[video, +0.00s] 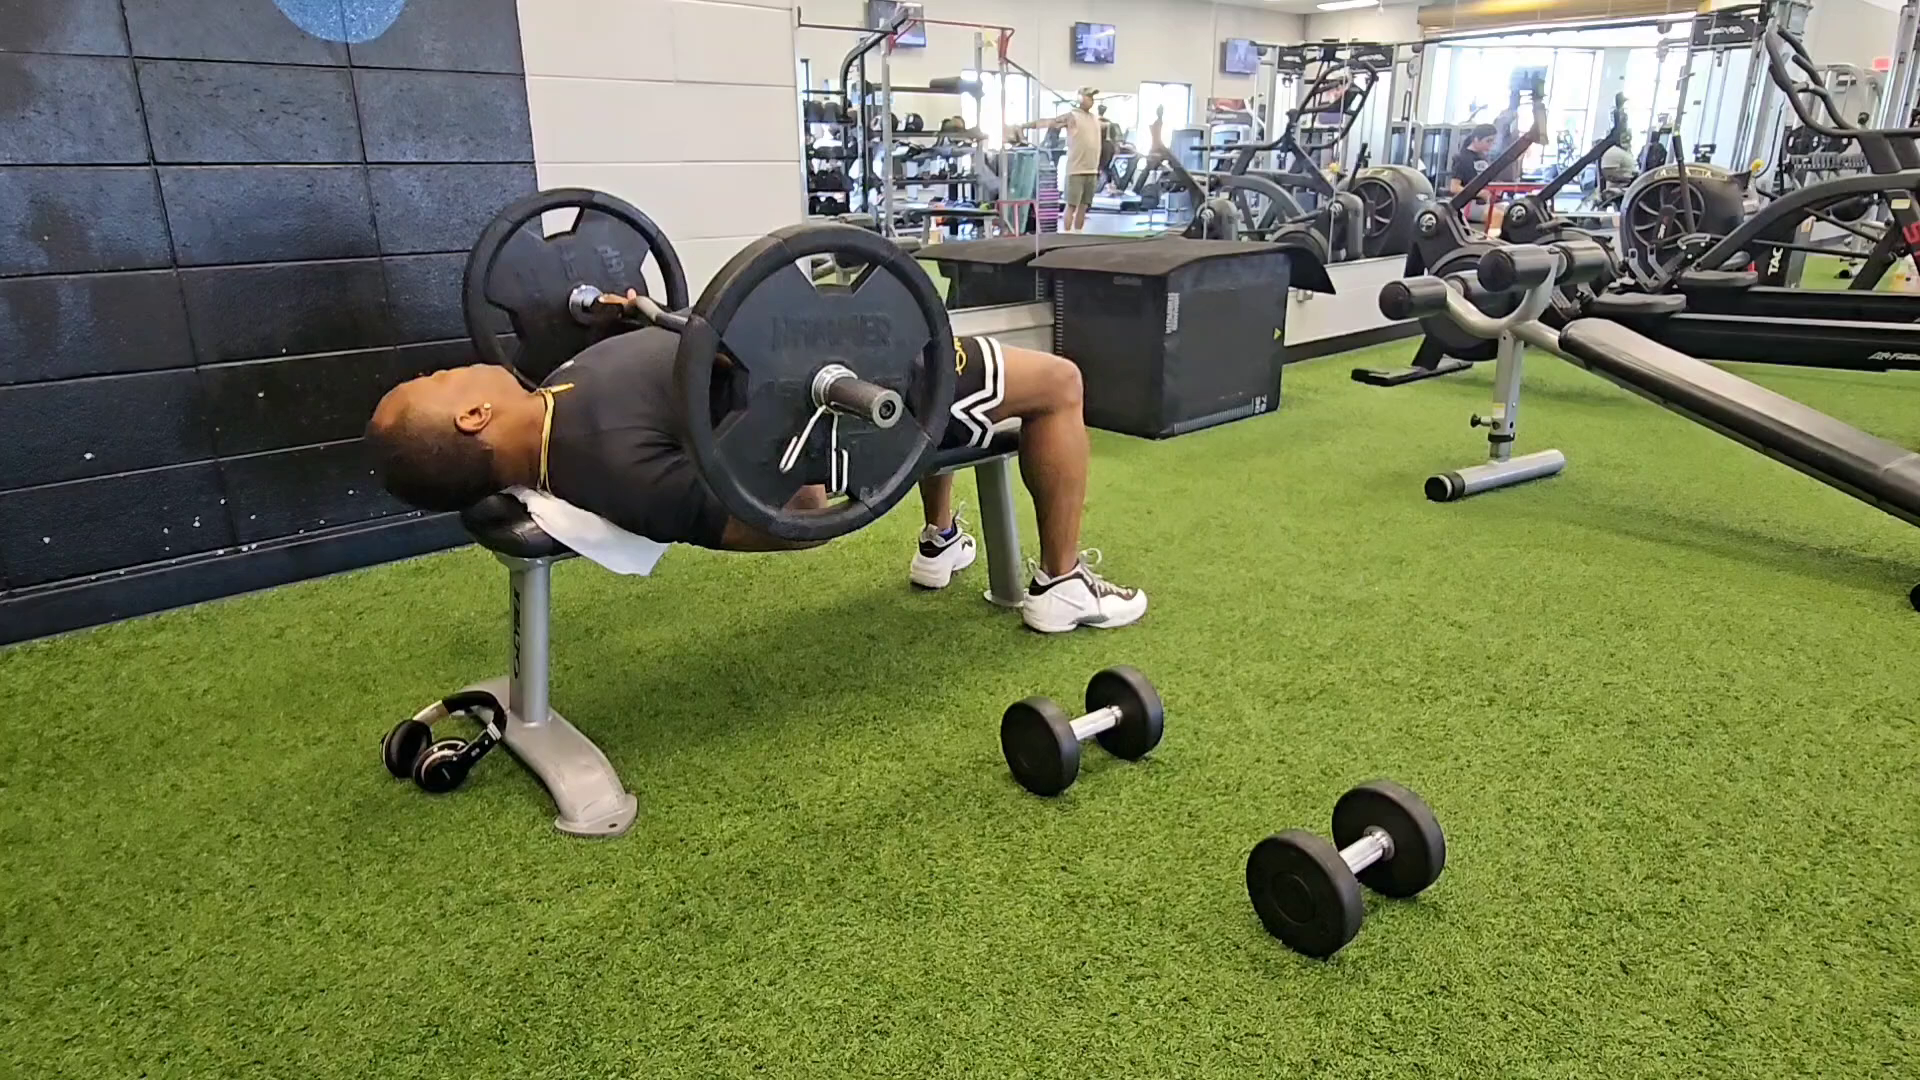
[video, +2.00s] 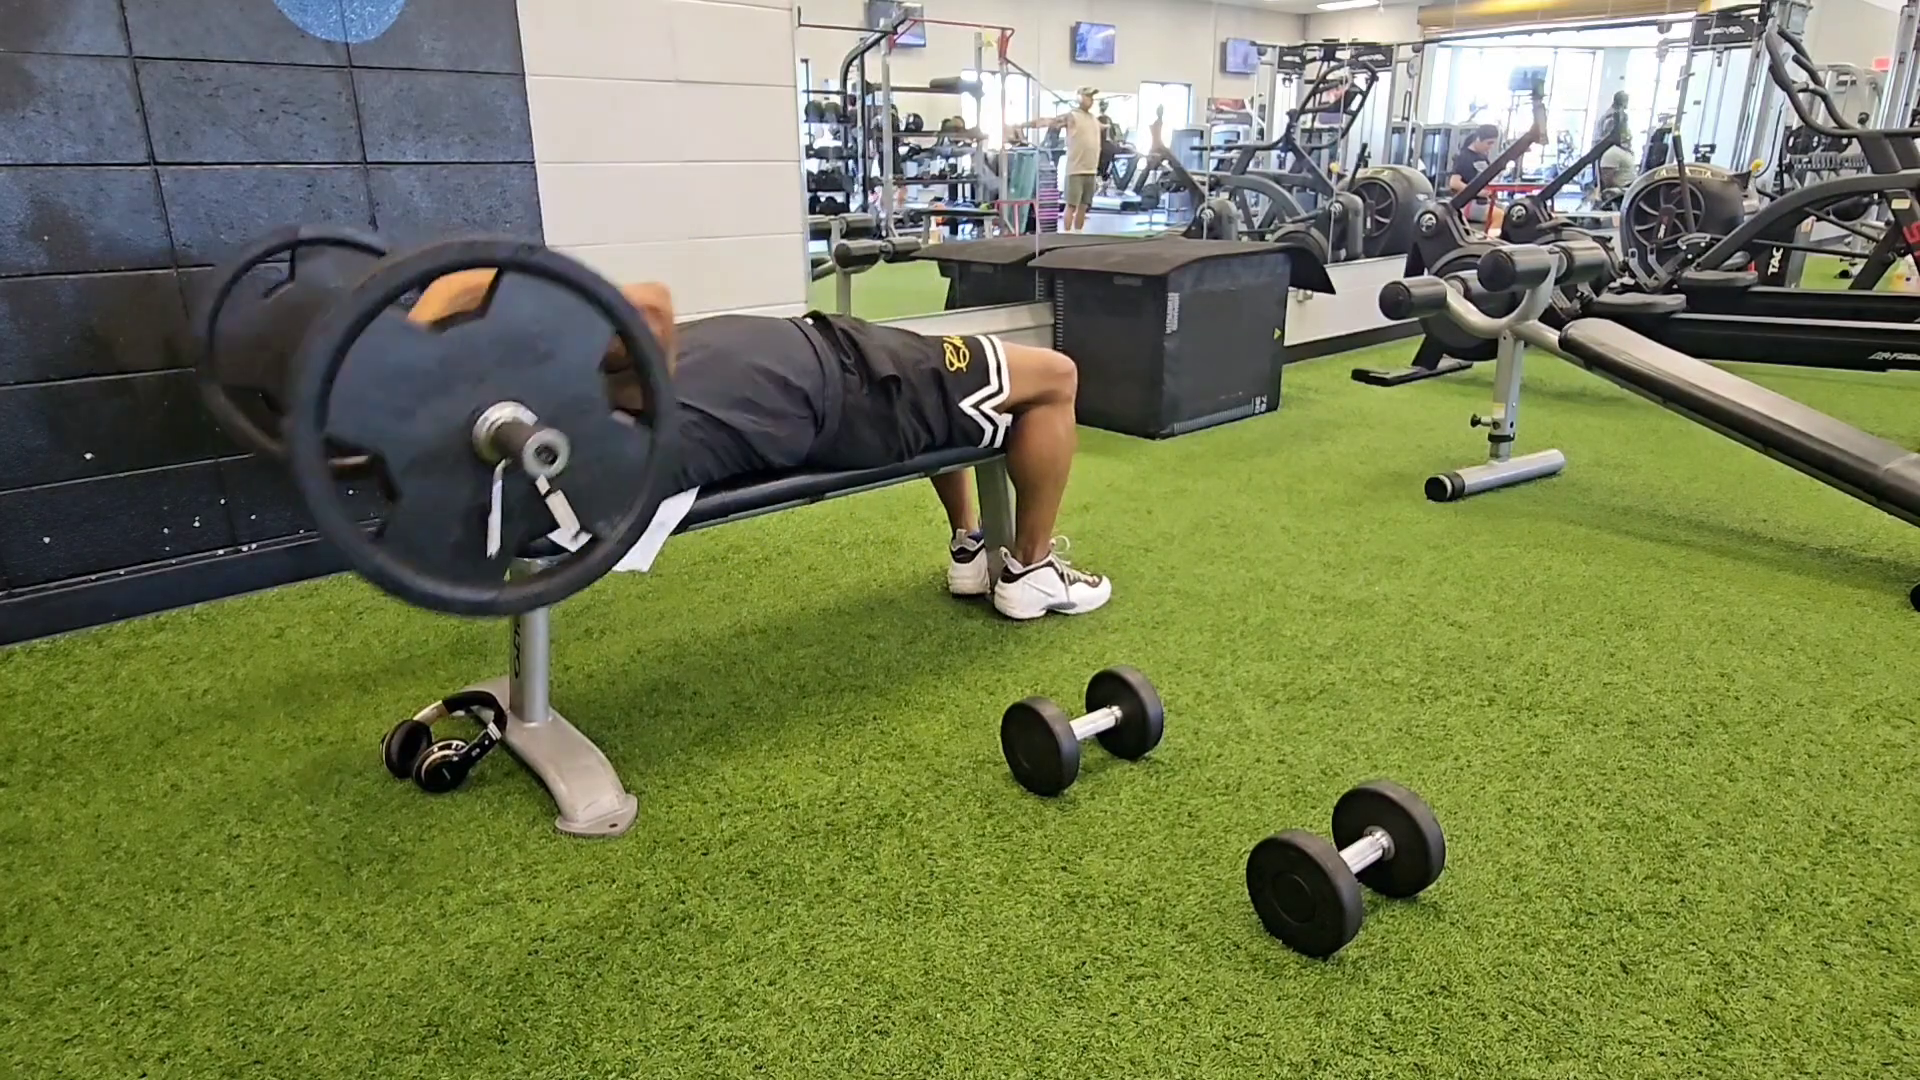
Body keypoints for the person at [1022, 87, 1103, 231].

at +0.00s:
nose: (1092, 100)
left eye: (1093, 97)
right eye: (1089, 97)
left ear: (1091, 100)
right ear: (1081, 98)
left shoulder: (1094, 118)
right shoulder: (1072, 116)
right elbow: (1049, 123)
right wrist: (1024, 126)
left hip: (1092, 168)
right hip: (1076, 168)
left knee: (1084, 206)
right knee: (1072, 205)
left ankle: (1078, 235)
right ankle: (1067, 235)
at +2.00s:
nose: (1091, 100)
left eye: (1092, 97)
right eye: (1088, 97)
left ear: (1091, 100)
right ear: (1080, 98)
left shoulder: (1093, 120)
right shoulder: (1071, 116)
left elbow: (1103, 127)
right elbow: (1048, 122)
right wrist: (1023, 125)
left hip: (1091, 169)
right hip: (1075, 168)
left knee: (1083, 207)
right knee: (1072, 205)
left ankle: (1078, 235)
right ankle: (1067, 235)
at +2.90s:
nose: (1092, 100)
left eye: (1093, 97)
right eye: (1089, 96)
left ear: (1092, 99)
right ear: (1081, 98)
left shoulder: (1095, 120)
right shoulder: (1072, 116)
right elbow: (1049, 122)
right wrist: (1023, 125)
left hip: (1092, 169)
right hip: (1076, 168)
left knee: (1084, 207)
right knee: (1072, 205)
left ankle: (1078, 235)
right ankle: (1067, 235)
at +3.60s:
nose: (1083, 101)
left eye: (1083, 98)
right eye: (1080, 98)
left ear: (1082, 101)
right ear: (1071, 99)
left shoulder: (1084, 121)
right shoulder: (1063, 118)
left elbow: (1095, 130)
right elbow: (1042, 125)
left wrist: (1106, 131)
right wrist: (1020, 130)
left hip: (1083, 170)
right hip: (1066, 170)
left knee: (1080, 205)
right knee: (1064, 205)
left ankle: (1077, 233)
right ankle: (1050, 227)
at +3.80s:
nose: (1073, 103)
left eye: (1074, 100)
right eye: (1070, 99)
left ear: (1074, 102)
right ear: (1062, 101)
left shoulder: (1078, 121)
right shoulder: (1053, 119)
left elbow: (1088, 130)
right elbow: (1035, 127)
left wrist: (1102, 133)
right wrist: (1016, 131)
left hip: (1072, 171)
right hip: (1054, 171)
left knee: (1073, 204)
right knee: (1051, 207)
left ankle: (1076, 234)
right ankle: (1047, 234)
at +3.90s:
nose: (1069, 103)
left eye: (1070, 100)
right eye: (1066, 99)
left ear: (1071, 102)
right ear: (1058, 101)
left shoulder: (1075, 121)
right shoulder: (1049, 119)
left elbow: (1088, 130)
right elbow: (1031, 127)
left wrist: (1101, 132)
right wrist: (1011, 130)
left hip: (1068, 170)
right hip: (1050, 170)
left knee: (1069, 202)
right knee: (1046, 206)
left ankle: (1074, 232)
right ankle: (1045, 234)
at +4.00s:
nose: (1066, 102)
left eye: (1067, 99)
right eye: (1063, 98)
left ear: (1066, 101)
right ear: (1055, 100)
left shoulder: (1070, 120)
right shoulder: (1046, 119)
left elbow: (1084, 130)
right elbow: (1026, 127)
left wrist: (1100, 132)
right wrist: (1008, 130)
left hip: (1065, 169)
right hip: (1047, 170)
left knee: (1067, 202)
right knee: (1045, 206)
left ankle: (1067, 231)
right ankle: (1044, 234)